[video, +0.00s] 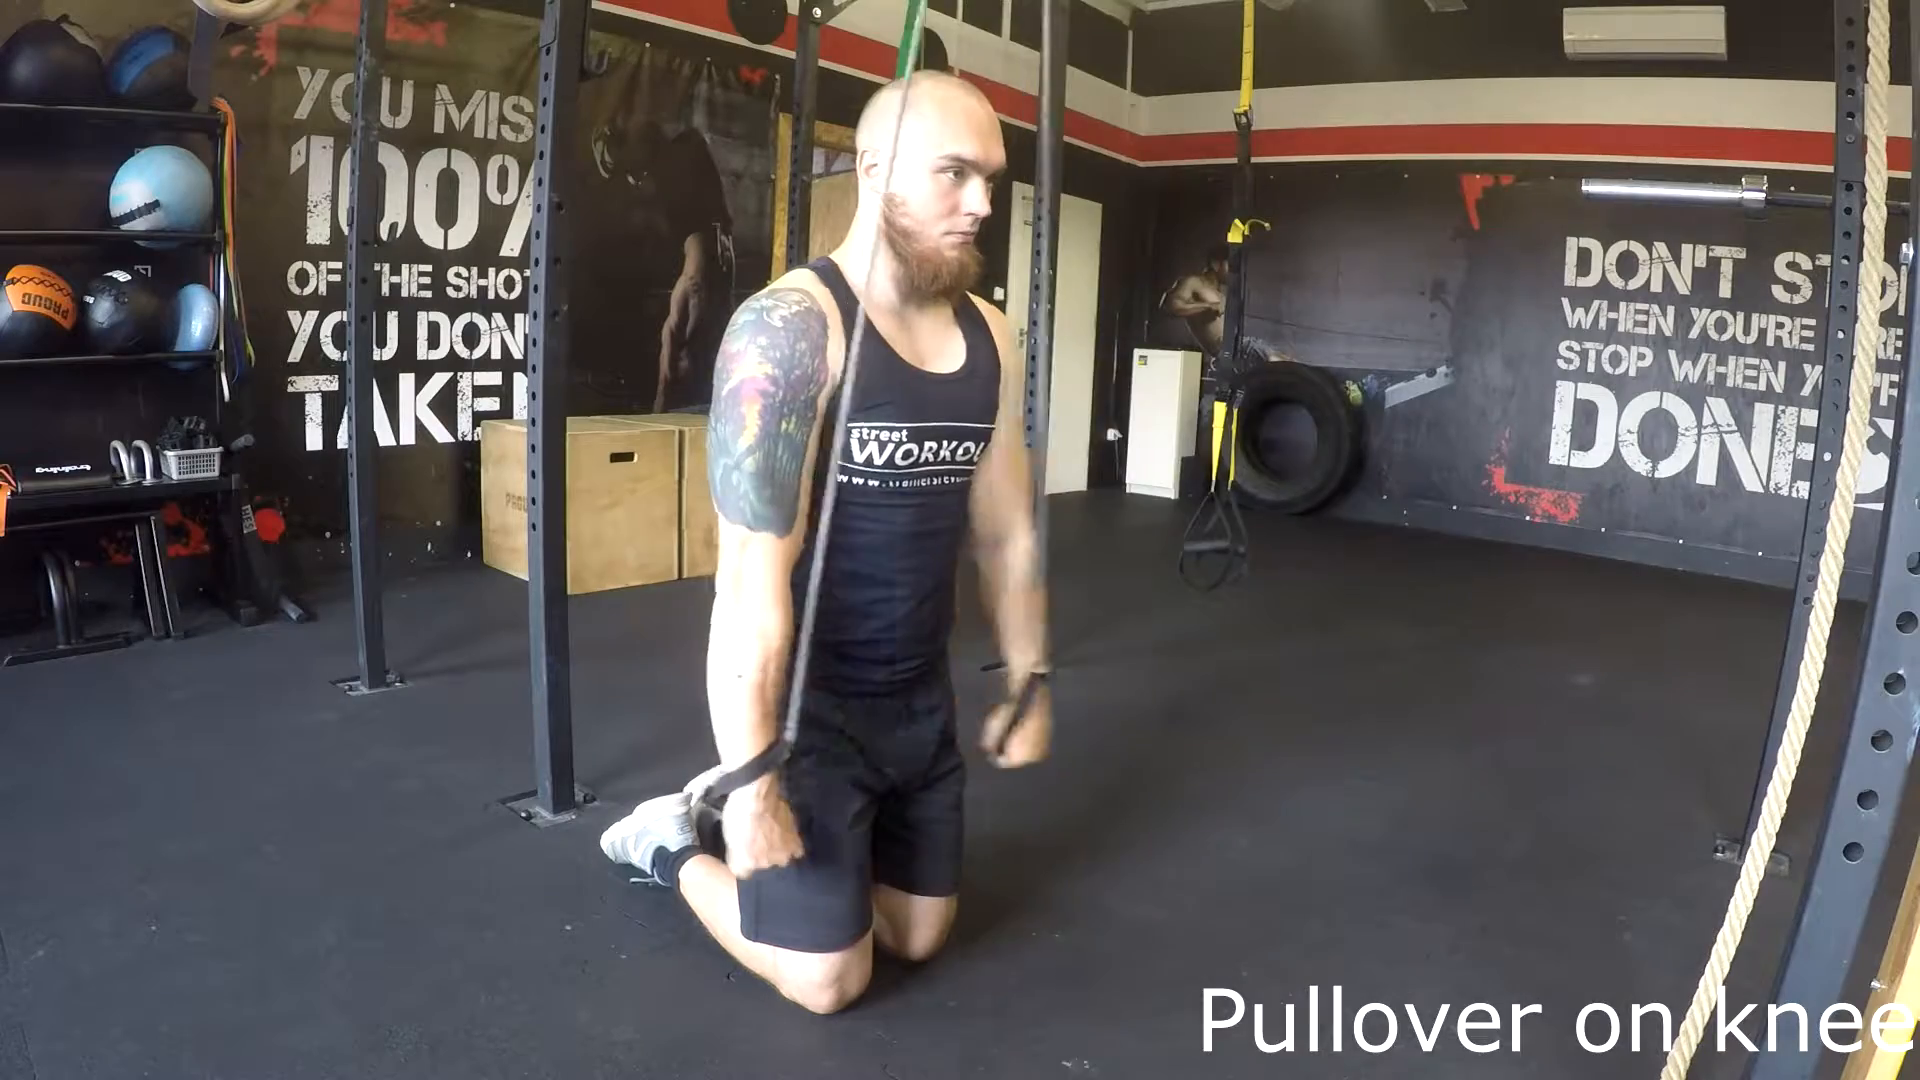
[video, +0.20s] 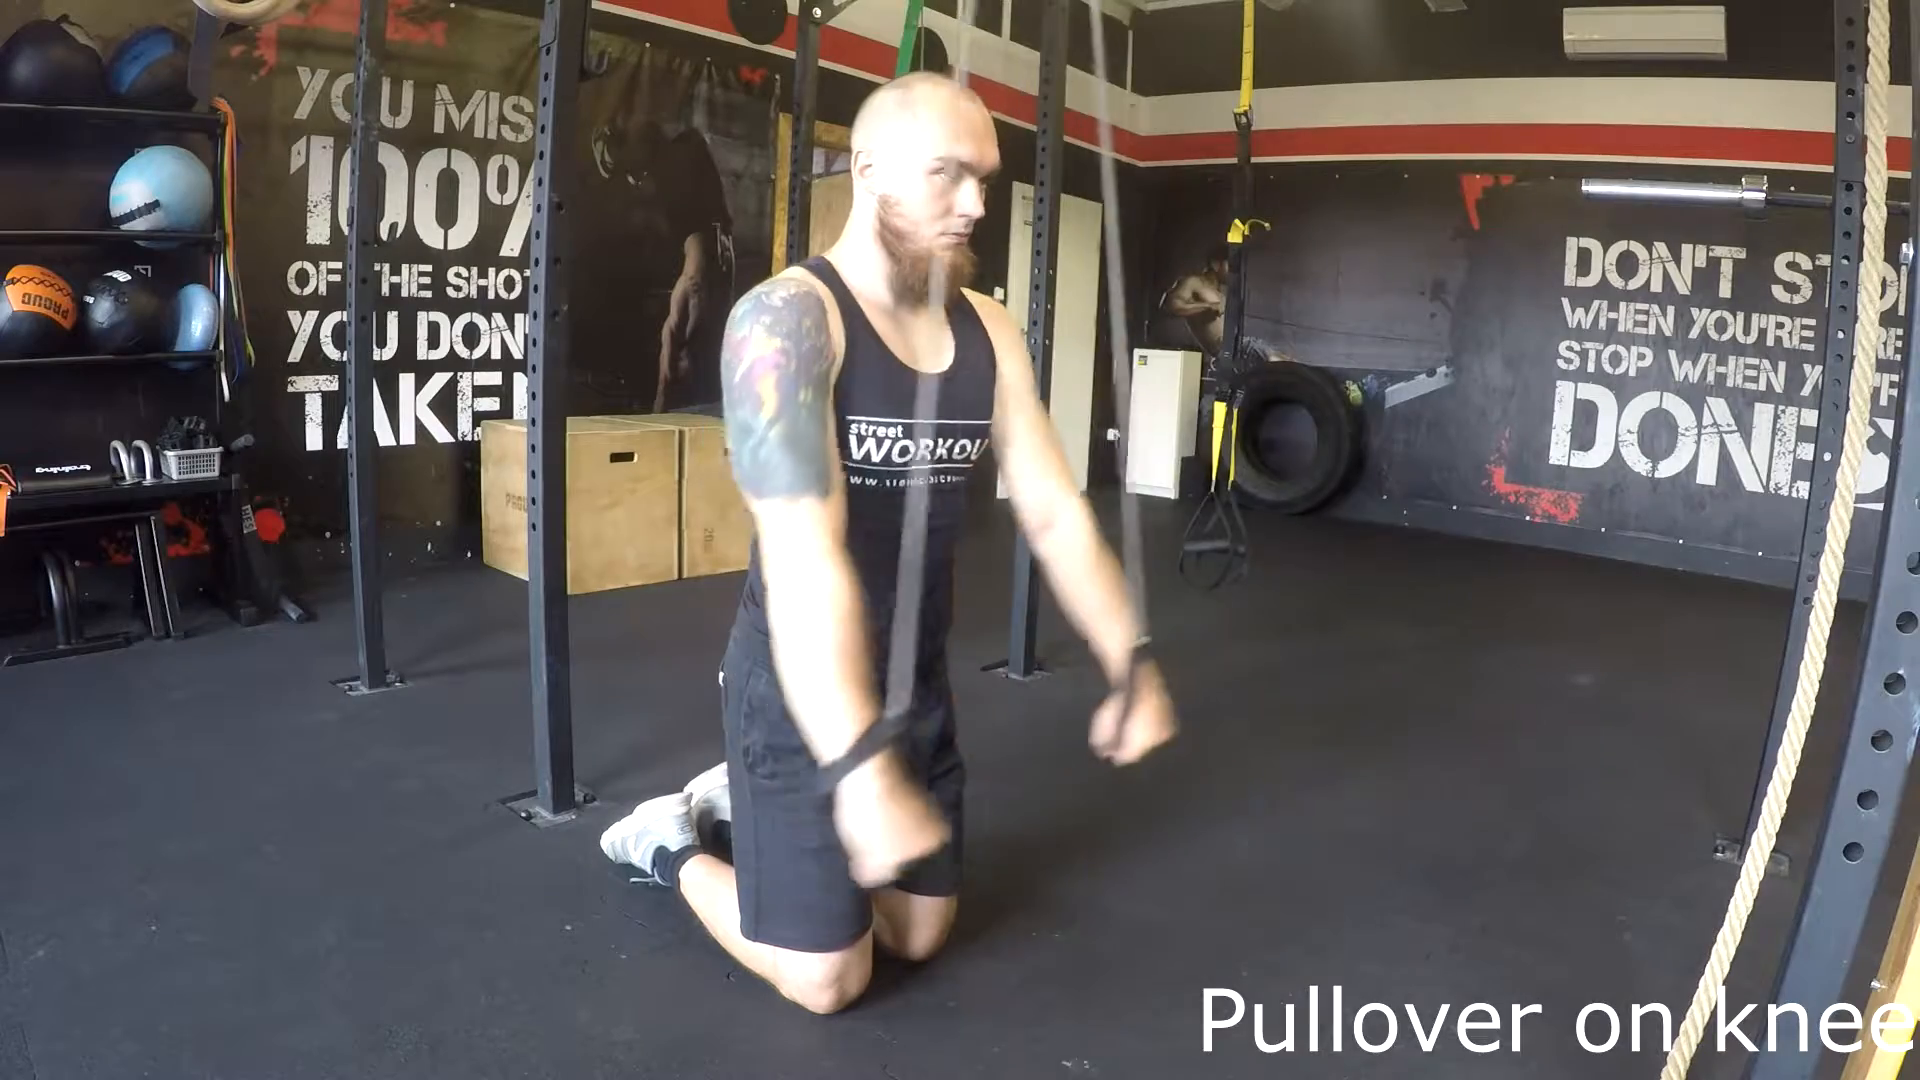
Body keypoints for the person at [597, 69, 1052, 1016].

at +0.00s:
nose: (982, 204)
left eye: (992, 180)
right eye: (956, 174)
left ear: (996, 188)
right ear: (877, 175)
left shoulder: (989, 333)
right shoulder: (787, 331)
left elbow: (1007, 528)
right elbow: (754, 570)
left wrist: (1028, 675)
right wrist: (752, 774)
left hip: (918, 697)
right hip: (803, 705)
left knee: (915, 932)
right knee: (826, 980)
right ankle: (680, 848)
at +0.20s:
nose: (975, 205)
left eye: (985, 179)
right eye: (950, 175)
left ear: (992, 182)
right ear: (871, 173)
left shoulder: (987, 327)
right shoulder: (785, 323)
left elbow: (1051, 505)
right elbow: (803, 563)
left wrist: (1130, 659)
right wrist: (859, 761)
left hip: (916, 681)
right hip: (802, 691)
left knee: (915, 932)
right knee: (824, 979)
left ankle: (748, 805)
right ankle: (673, 850)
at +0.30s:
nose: (969, 208)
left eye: (979, 183)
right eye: (944, 176)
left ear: (984, 190)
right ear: (863, 175)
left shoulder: (983, 322)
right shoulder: (784, 314)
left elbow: (1073, 479)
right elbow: (847, 530)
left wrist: (1181, 624)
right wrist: (956, 716)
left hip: (930, 677)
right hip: (801, 681)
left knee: (916, 933)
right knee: (823, 978)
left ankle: (753, 805)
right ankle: (673, 853)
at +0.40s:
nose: (966, 213)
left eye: (976, 188)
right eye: (940, 185)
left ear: (984, 189)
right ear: (863, 180)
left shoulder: (977, 318)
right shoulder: (782, 305)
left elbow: (1093, 442)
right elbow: (892, 472)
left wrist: (1235, 569)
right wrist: (1051, 616)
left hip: (910, 681)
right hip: (793, 684)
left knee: (913, 933)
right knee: (824, 979)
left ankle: (746, 811)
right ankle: (673, 854)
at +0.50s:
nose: (955, 220)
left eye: (970, 196)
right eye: (932, 189)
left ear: (978, 198)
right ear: (855, 179)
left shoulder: (971, 312)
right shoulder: (778, 296)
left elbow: (1106, 396)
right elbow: (925, 400)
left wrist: (1256, 485)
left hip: (907, 681)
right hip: (790, 683)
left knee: (916, 931)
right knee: (821, 977)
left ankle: (743, 814)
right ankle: (671, 854)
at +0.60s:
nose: (952, 224)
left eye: (966, 201)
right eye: (929, 192)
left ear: (970, 204)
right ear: (849, 177)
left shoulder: (956, 304)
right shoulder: (778, 285)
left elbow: (1086, 349)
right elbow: (938, 327)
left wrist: (1262, 405)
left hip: (905, 679)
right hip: (786, 681)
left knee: (916, 931)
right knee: (822, 979)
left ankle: (740, 808)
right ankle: (676, 855)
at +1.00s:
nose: (952, 224)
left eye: (968, 202)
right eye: (930, 194)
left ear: (975, 204)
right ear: (850, 180)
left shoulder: (969, 304)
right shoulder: (785, 295)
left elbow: (1104, 371)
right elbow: (939, 386)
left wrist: (1266, 447)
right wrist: (1161, 470)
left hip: (904, 679)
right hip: (787, 682)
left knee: (915, 932)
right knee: (822, 978)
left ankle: (741, 806)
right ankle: (674, 856)